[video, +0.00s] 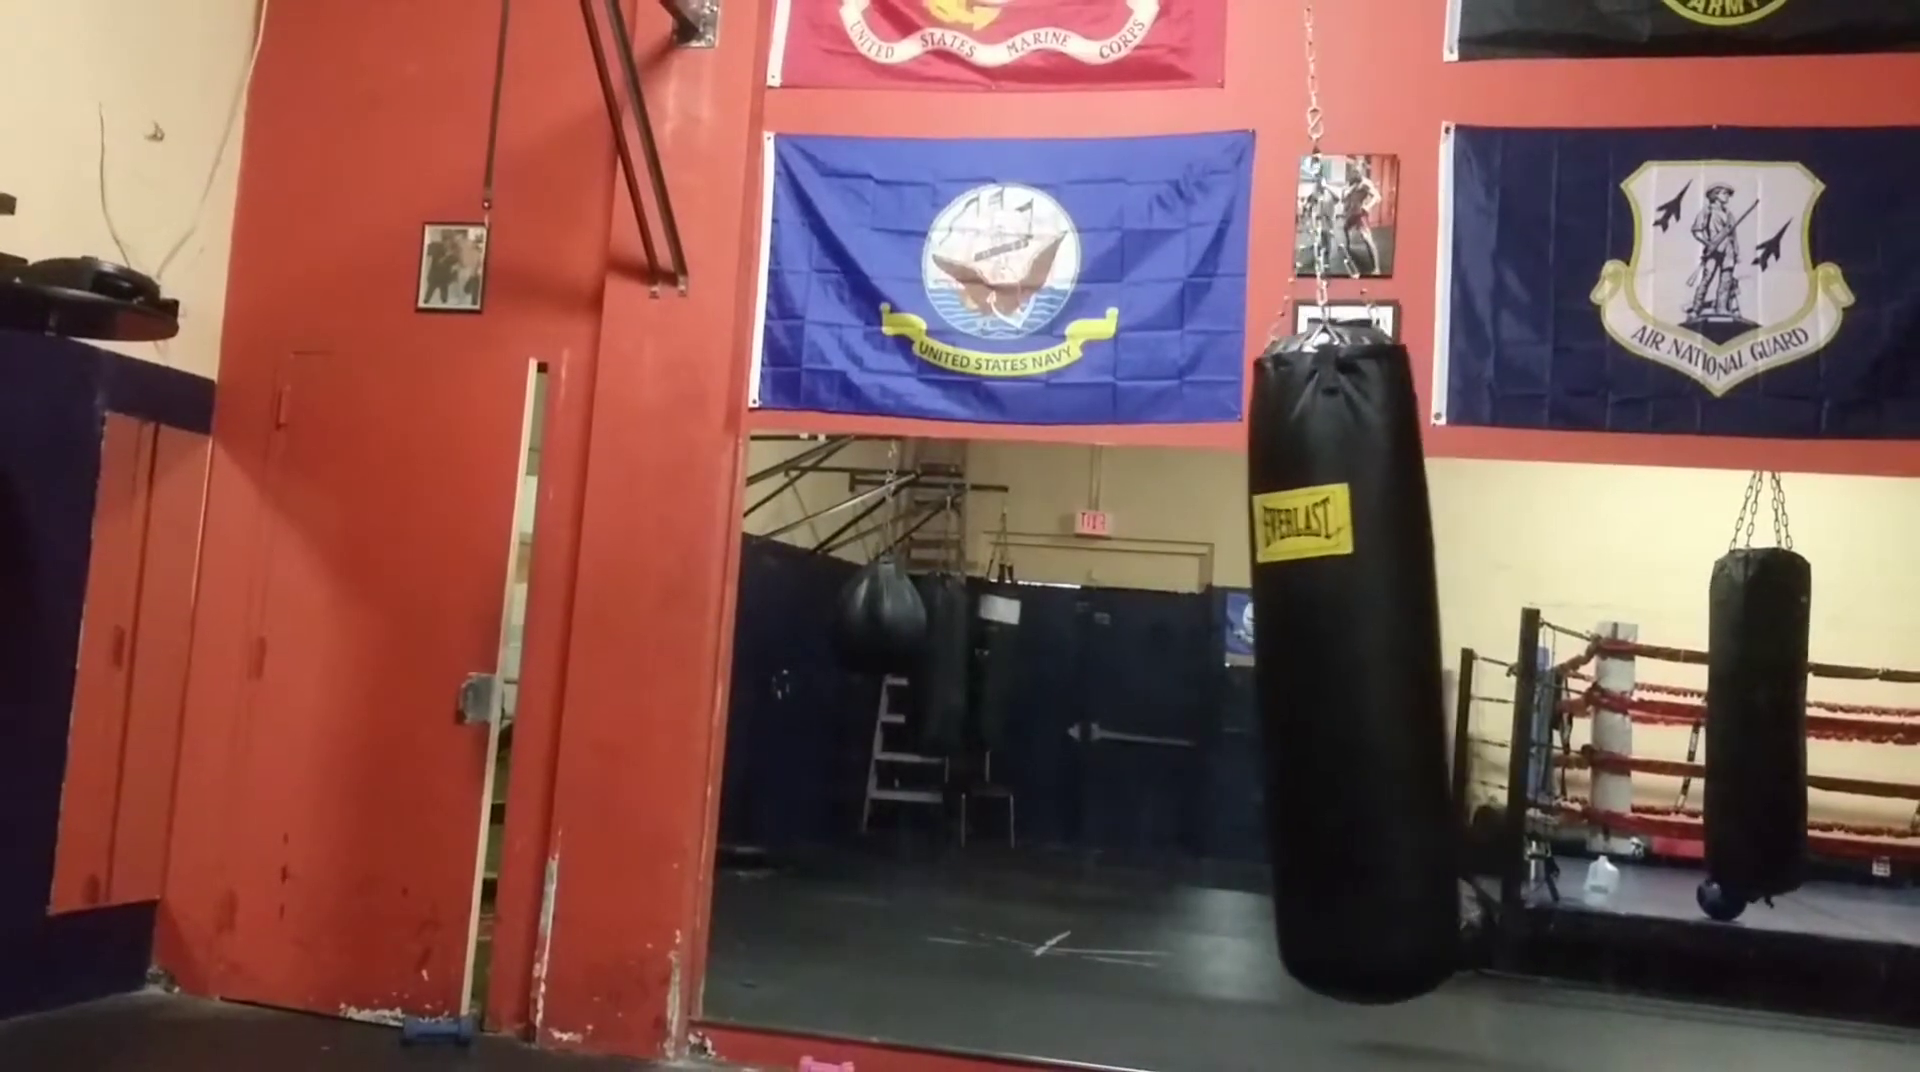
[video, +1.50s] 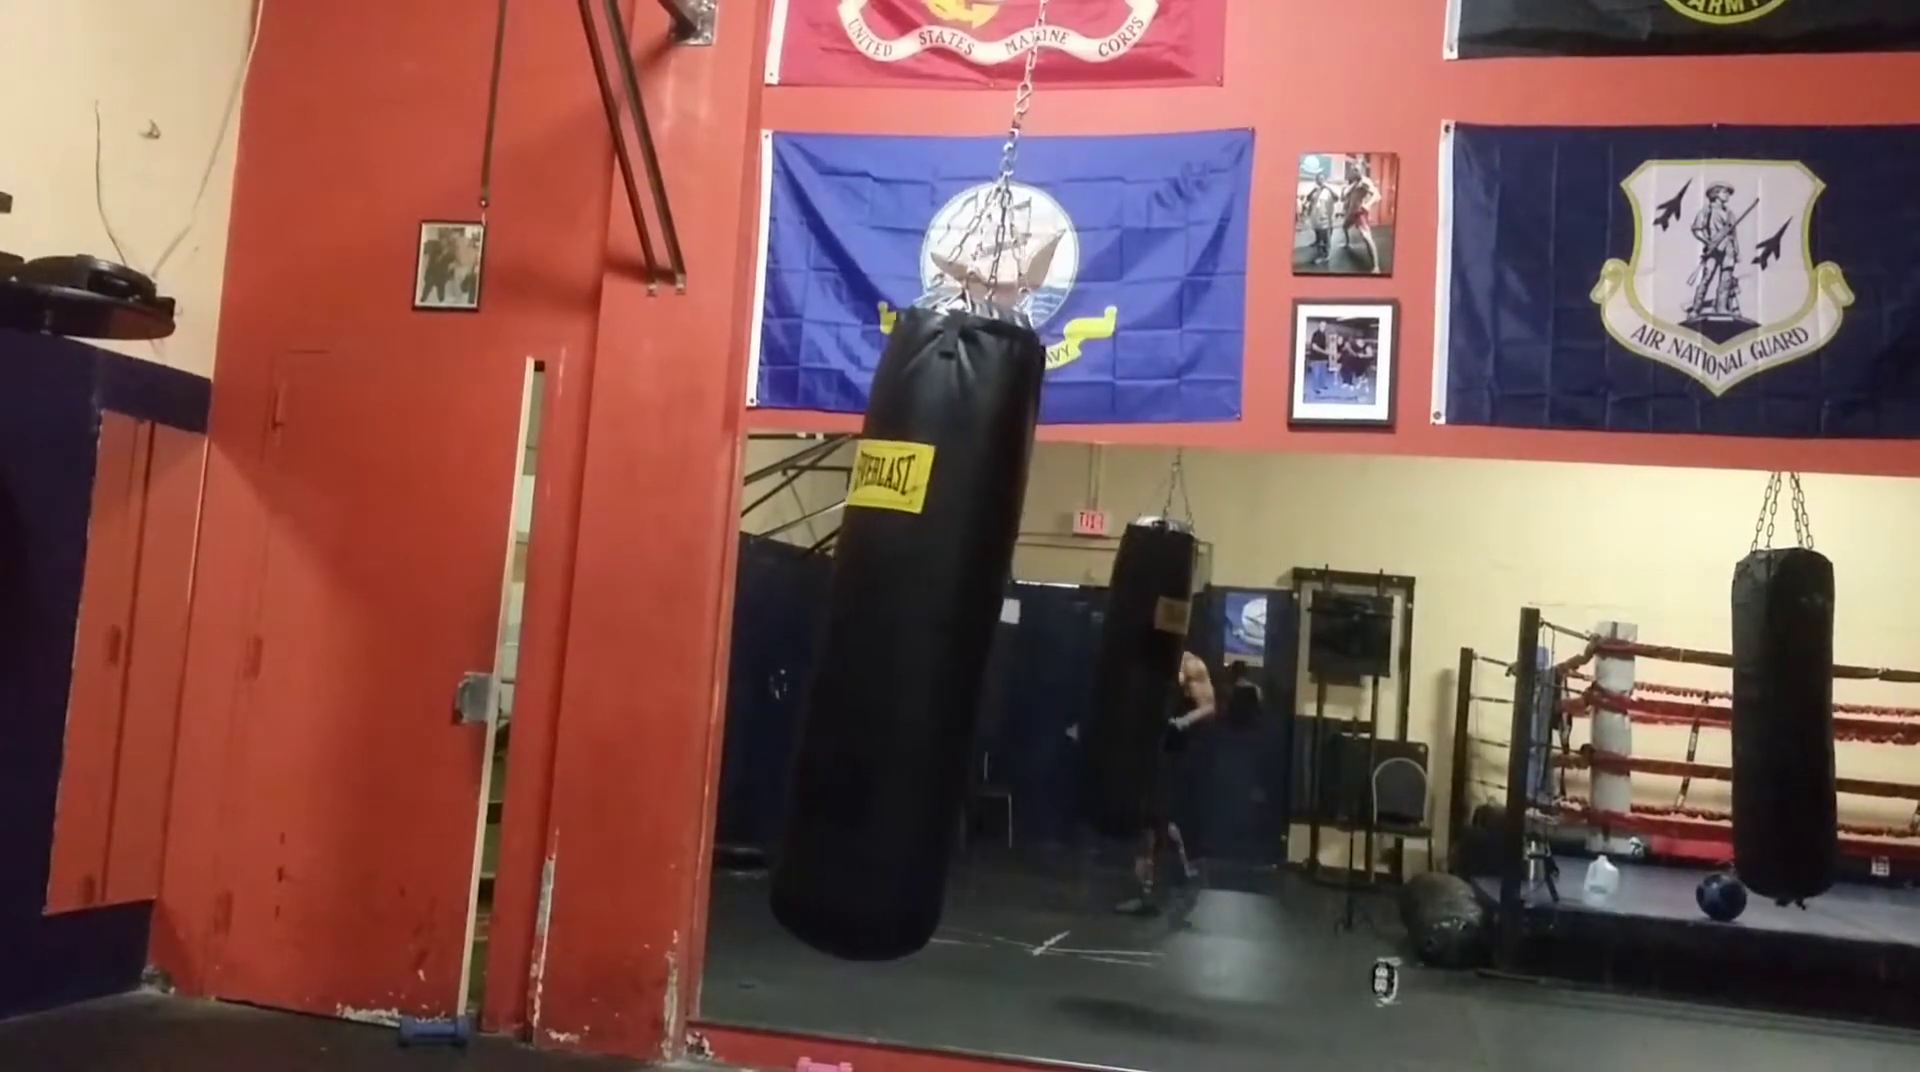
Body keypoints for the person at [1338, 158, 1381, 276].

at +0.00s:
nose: (1354, 173)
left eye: (1356, 171)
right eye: (1352, 171)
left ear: (1360, 172)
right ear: (1349, 172)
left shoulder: (1365, 183)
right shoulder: (1348, 185)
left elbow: (1376, 196)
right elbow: (1343, 198)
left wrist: (1367, 207)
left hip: (1360, 214)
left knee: (1367, 238)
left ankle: (1376, 268)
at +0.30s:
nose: (1351, 175)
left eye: (1354, 172)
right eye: (1351, 173)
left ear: (1359, 173)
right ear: (1351, 174)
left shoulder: (1365, 183)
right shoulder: (1352, 186)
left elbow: (1377, 196)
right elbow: (1347, 199)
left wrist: (1368, 206)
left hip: (1362, 212)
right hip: (1352, 212)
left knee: (1367, 237)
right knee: (1346, 228)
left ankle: (1377, 267)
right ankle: (1348, 245)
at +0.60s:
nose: (1353, 175)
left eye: (1355, 172)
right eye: (1351, 172)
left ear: (1360, 173)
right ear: (1350, 173)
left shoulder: (1365, 183)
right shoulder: (1351, 185)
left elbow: (1376, 196)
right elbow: (1345, 199)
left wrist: (1367, 206)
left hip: (1361, 212)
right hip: (1351, 212)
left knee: (1366, 236)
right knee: (1345, 229)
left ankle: (1376, 266)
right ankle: (1348, 244)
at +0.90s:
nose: (1353, 175)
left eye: (1355, 172)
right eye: (1352, 172)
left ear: (1359, 173)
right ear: (1350, 174)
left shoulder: (1365, 183)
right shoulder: (1351, 185)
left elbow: (1376, 196)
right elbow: (1345, 199)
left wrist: (1367, 206)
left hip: (1361, 212)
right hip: (1351, 213)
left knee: (1366, 237)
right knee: (1345, 228)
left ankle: (1376, 267)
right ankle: (1348, 245)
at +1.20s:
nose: (1353, 175)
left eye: (1355, 172)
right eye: (1352, 172)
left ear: (1359, 173)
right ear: (1351, 174)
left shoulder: (1365, 183)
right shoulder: (1351, 186)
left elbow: (1376, 196)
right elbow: (1345, 199)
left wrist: (1367, 207)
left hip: (1361, 212)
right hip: (1351, 213)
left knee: (1366, 237)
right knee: (1345, 228)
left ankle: (1376, 267)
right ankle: (1348, 245)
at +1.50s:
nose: (1350, 175)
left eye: (1352, 172)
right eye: (1349, 173)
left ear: (1357, 173)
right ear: (1350, 174)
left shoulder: (1364, 182)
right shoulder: (1351, 185)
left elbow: (1376, 195)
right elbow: (1343, 198)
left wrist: (1366, 205)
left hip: (1360, 211)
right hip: (1351, 212)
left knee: (1366, 236)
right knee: (1345, 227)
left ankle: (1375, 266)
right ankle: (1347, 243)